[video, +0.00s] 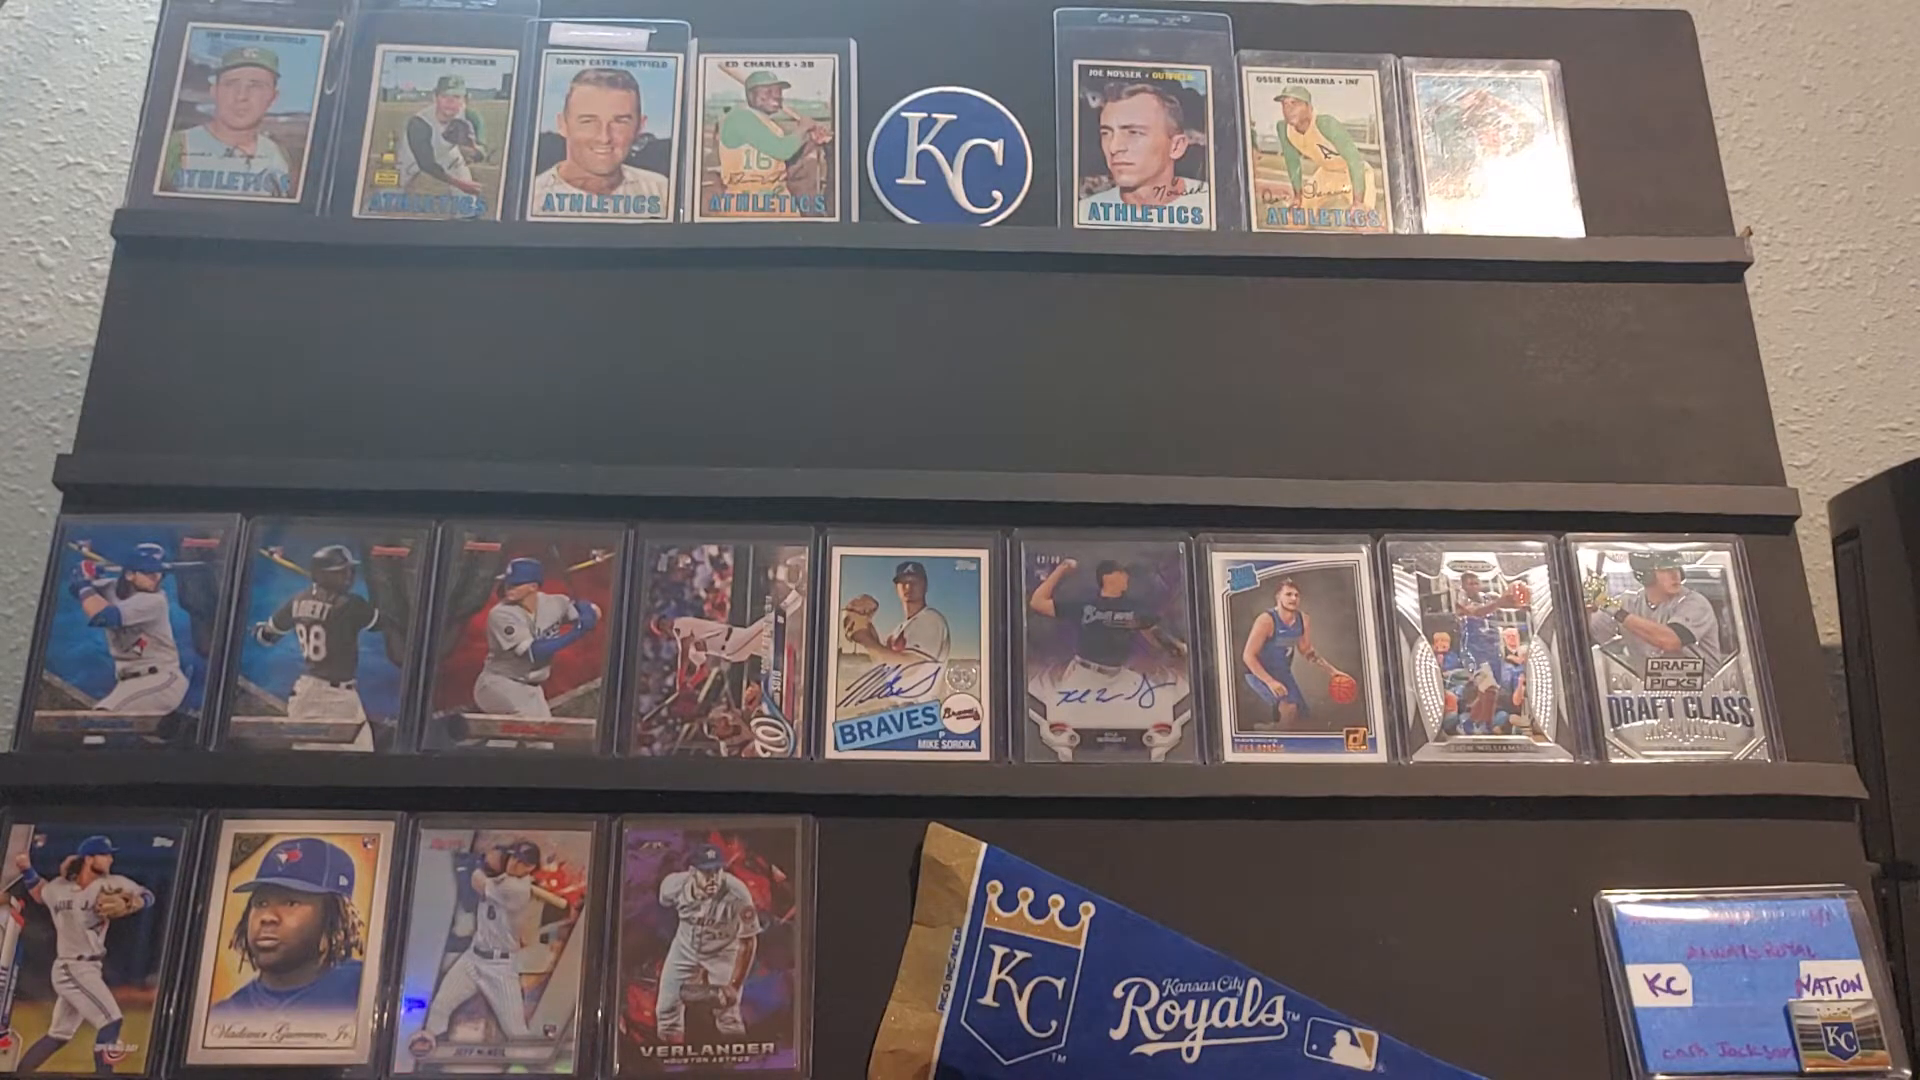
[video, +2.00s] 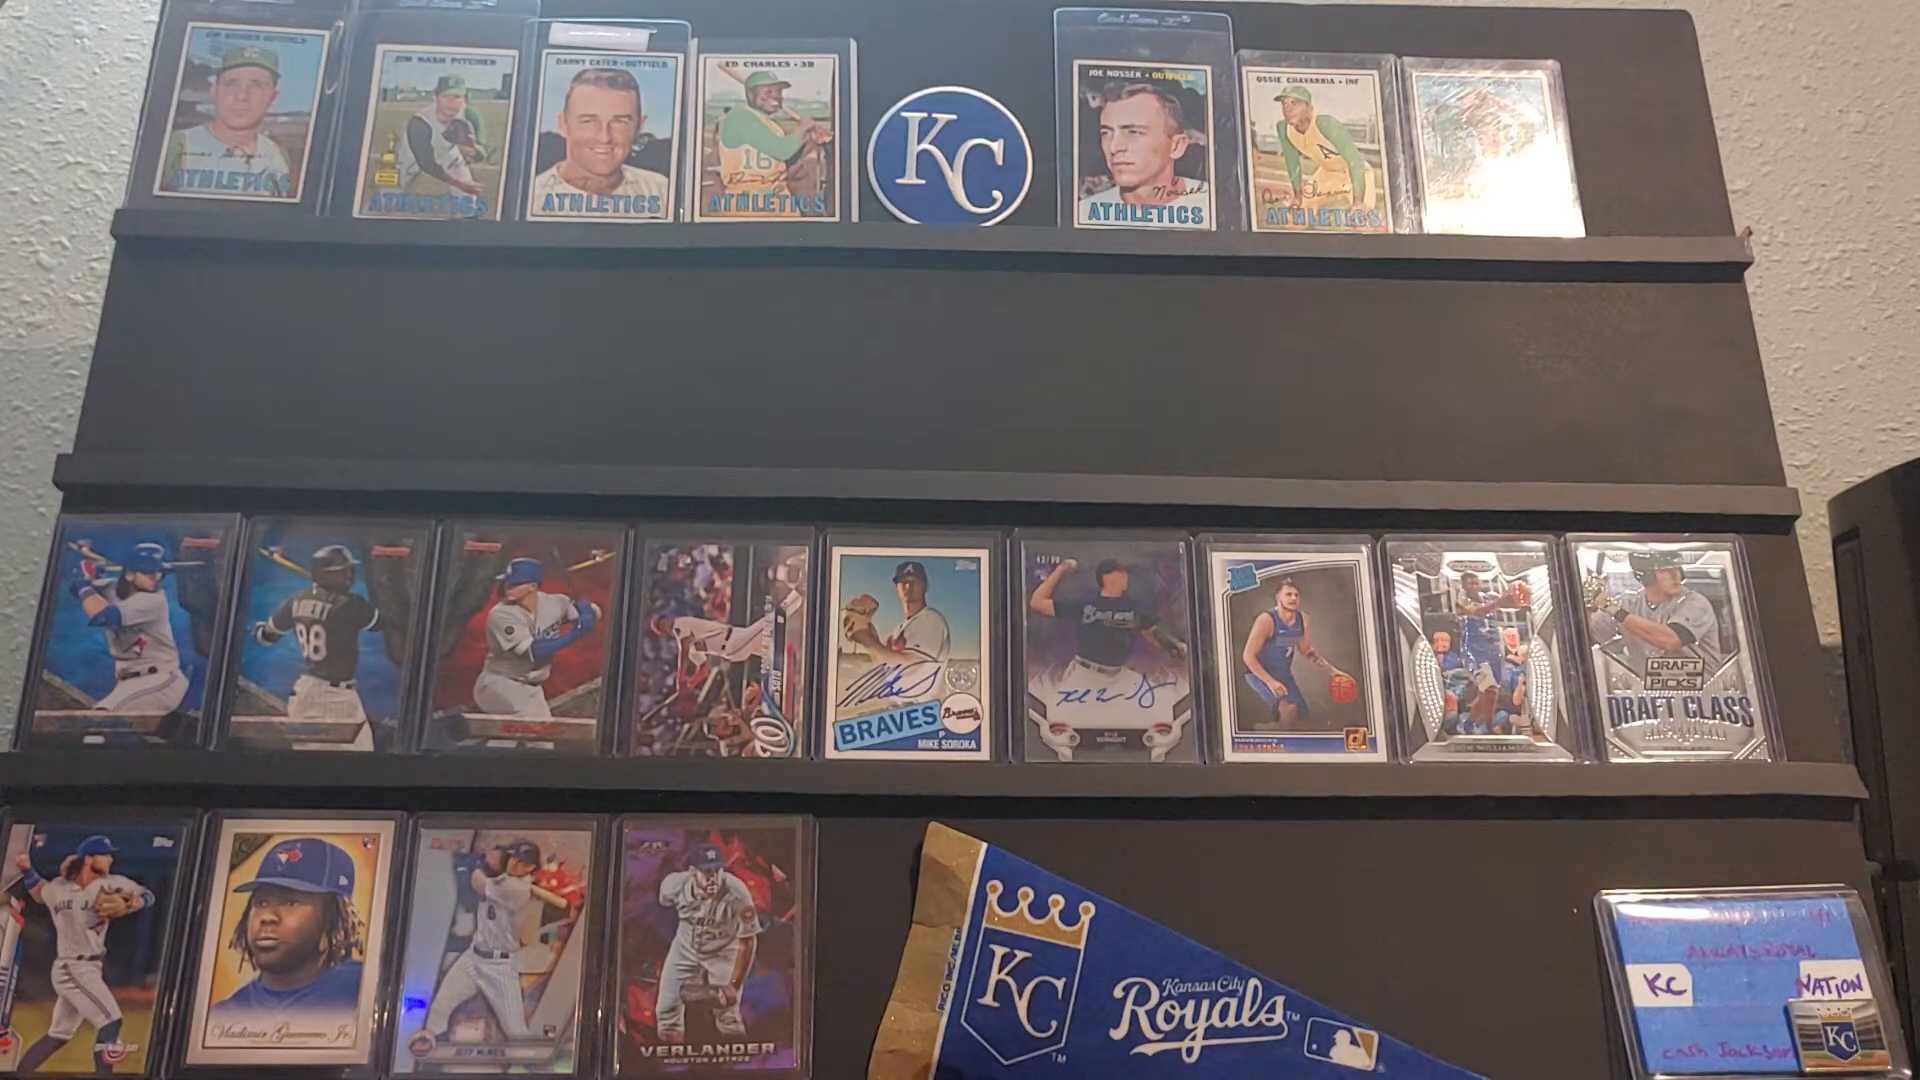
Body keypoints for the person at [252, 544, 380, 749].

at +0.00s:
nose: (350, 577)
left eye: (350, 571)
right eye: (346, 572)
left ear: (320, 575)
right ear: (334, 575)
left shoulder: (299, 601)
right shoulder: (351, 605)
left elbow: (267, 637)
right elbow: (385, 622)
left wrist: (259, 631)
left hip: (306, 694)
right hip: (342, 697)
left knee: (305, 765)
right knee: (360, 766)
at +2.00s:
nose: (352, 576)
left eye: (351, 570)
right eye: (348, 571)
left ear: (320, 574)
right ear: (336, 574)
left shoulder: (298, 601)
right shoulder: (351, 605)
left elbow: (267, 637)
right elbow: (384, 622)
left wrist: (260, 630)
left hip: (305, 692)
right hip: (341, 697)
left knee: (307, 764)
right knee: (359, 765)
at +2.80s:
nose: (351, 577)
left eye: (350, 571)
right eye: (347, 572)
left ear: (320, 574)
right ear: (336, 575)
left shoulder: (299, 600)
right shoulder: (350, 605)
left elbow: (268, 637)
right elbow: (386, 620)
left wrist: (259, 630)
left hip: (305, 693)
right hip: (340, 698)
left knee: (307, 766)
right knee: (359, 768)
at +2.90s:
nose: (351, 577)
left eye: (350, 571)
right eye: (347, 572)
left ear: (320, 574)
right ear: (336, 575)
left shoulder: (299, 600)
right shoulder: (350, 605)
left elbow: (268, 637)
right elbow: (386, 620)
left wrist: (259, 630)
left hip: (305, 693)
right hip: (340, 698)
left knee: (307, 766)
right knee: (359, 768)